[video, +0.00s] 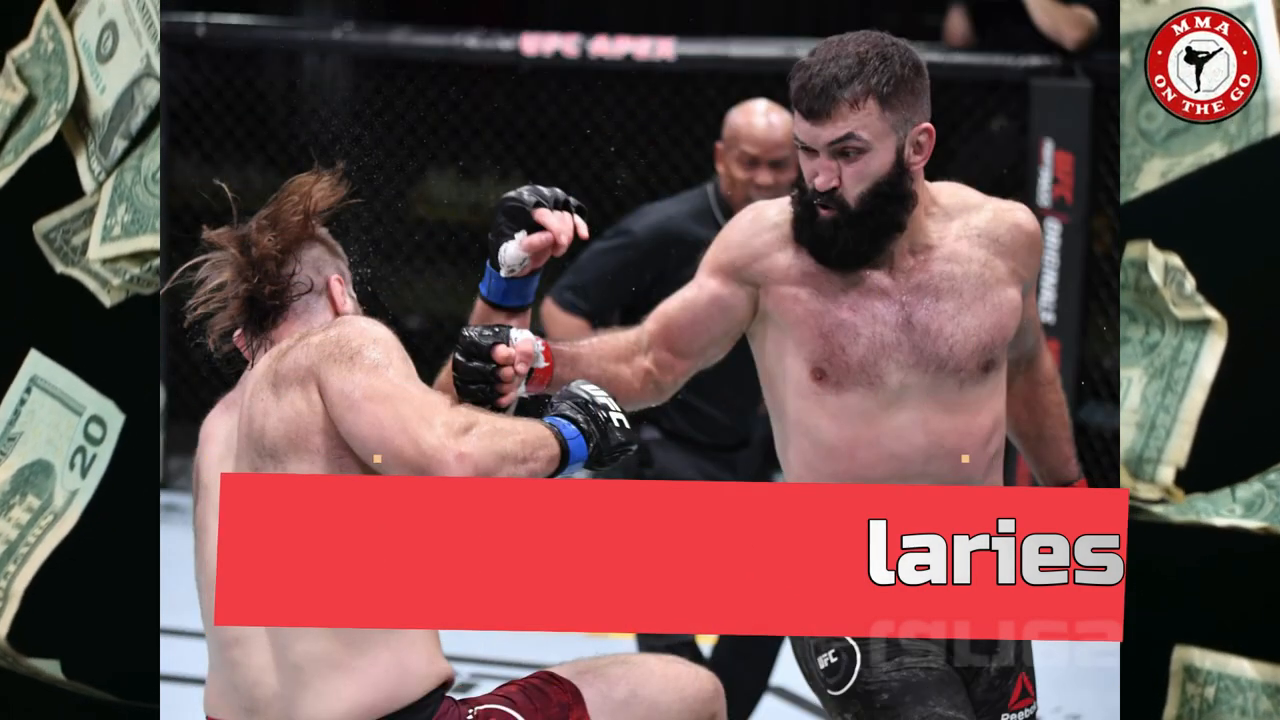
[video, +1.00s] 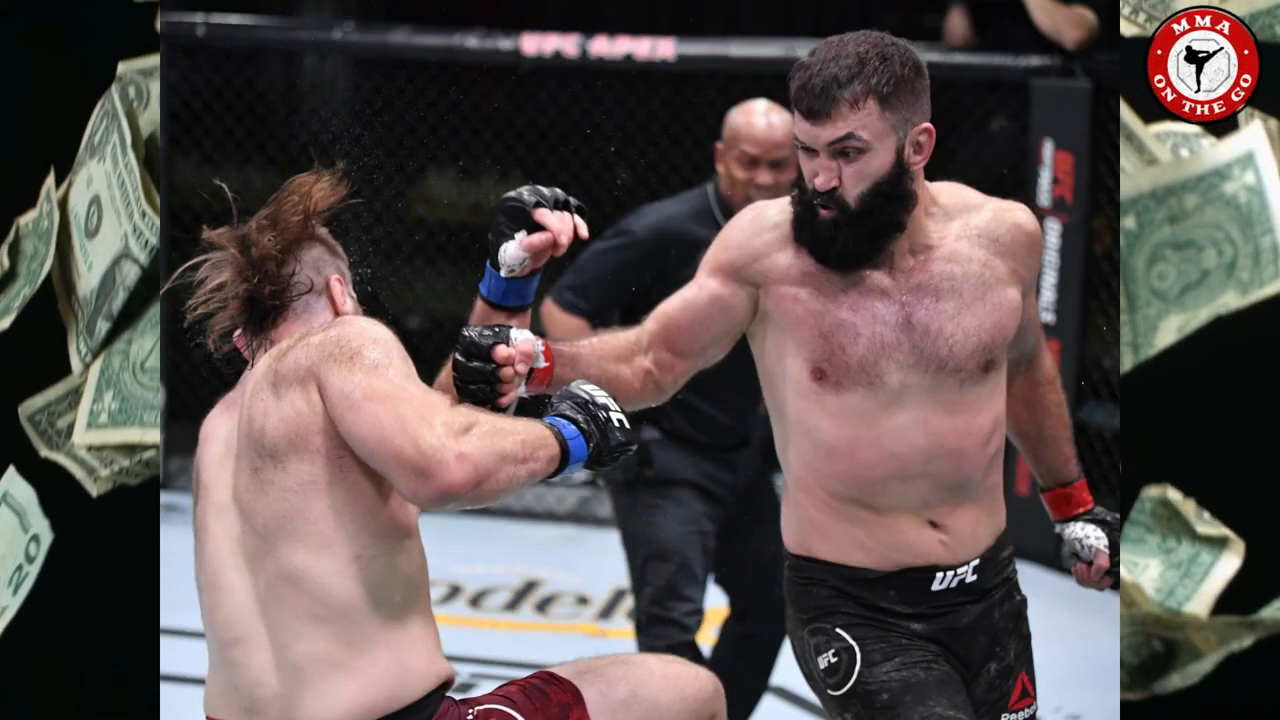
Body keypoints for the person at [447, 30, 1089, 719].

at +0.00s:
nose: (815, 178)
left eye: (844, 153)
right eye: (805, 151)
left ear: (917, 145)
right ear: (794, 139)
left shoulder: (1008, 235)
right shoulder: (762, 239)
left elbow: (1026, 368)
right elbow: (651, 359)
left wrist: (1074, 504)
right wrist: (538, 367)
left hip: (984, 587)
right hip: (841, 596)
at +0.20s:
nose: (817, 177)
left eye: (845, 152)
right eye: (805, 151)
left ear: (918, 144)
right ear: (791, 139)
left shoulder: (1006, 235)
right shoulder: (759, 241)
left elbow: (1028, 368)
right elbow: (650, 361)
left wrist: (1076, 507)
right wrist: (538, 369)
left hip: (981, 586)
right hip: (842, 596)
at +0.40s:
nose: (817, 177)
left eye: (845, 152)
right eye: (805, 151)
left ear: (918, 144)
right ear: (790, 140)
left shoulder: (1005, 235)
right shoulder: (758, 243)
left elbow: (1028, 367)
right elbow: (651, 361)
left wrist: (1075, 507)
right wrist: (537, 369)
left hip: (983, 594)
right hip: (845, 607)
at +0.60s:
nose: (817, 177)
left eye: (845, 152)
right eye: (805, 151)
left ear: (918, 144)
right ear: (790, 140)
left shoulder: (1005, 235)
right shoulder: (758, 243)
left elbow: (1028, 367)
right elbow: (651, 361)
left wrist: (1075, 506)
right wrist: (538, 368)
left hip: (983, 594)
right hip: (845, 607)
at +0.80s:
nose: (817, 177)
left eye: (845, 152)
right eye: (805, 151)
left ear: (918, 144)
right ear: (790, 140)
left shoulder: (1005, 235)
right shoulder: (758, 243)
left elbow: (1028, 367)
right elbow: (651, 361)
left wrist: (1076, 507)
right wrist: (537, 368)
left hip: (983, 594)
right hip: (845, 607)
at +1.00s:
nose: (817, 177)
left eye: (845, 152)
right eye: (805, 151)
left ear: (918, 144)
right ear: (791, 140)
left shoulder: (1006, 235)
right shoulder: (758, 243)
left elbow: (1028, 367)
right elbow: (650, 361)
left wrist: (1075, 506)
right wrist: (538, 368)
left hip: (982, 594)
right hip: (845, 607)